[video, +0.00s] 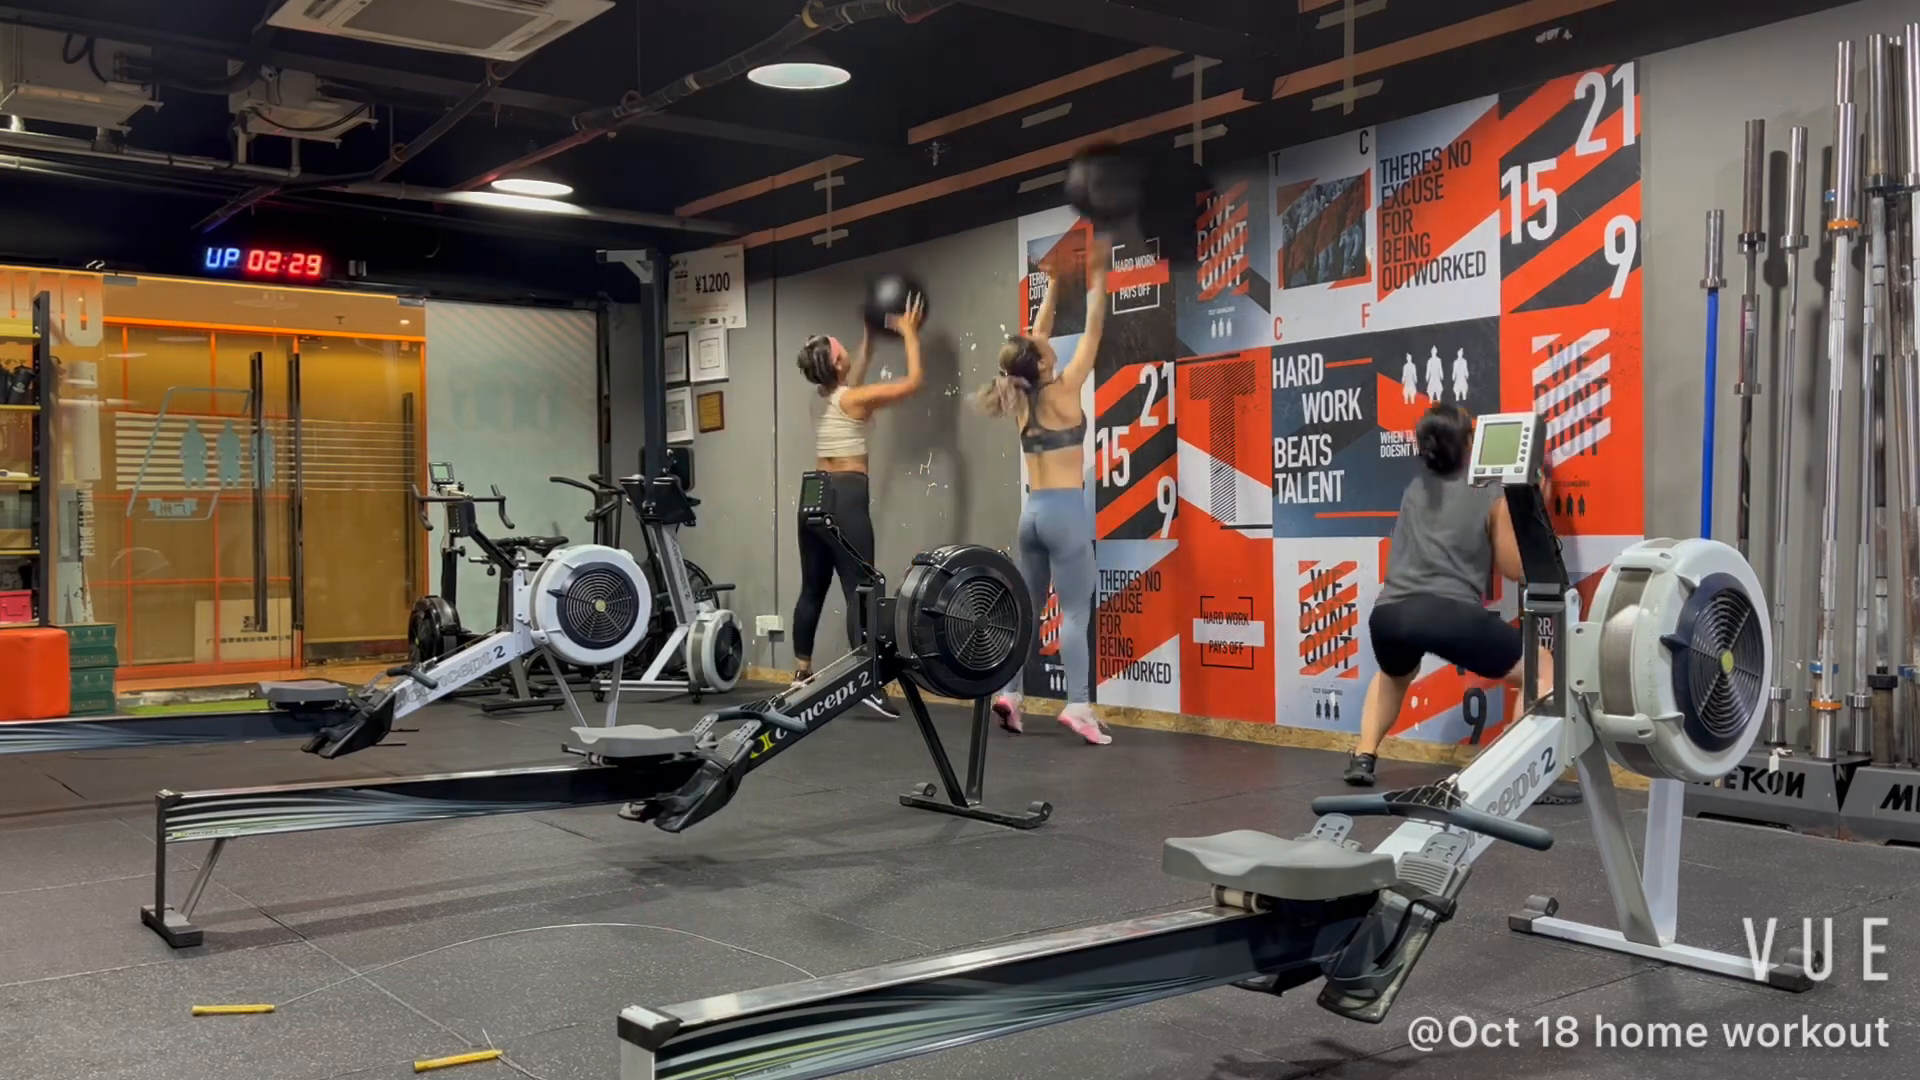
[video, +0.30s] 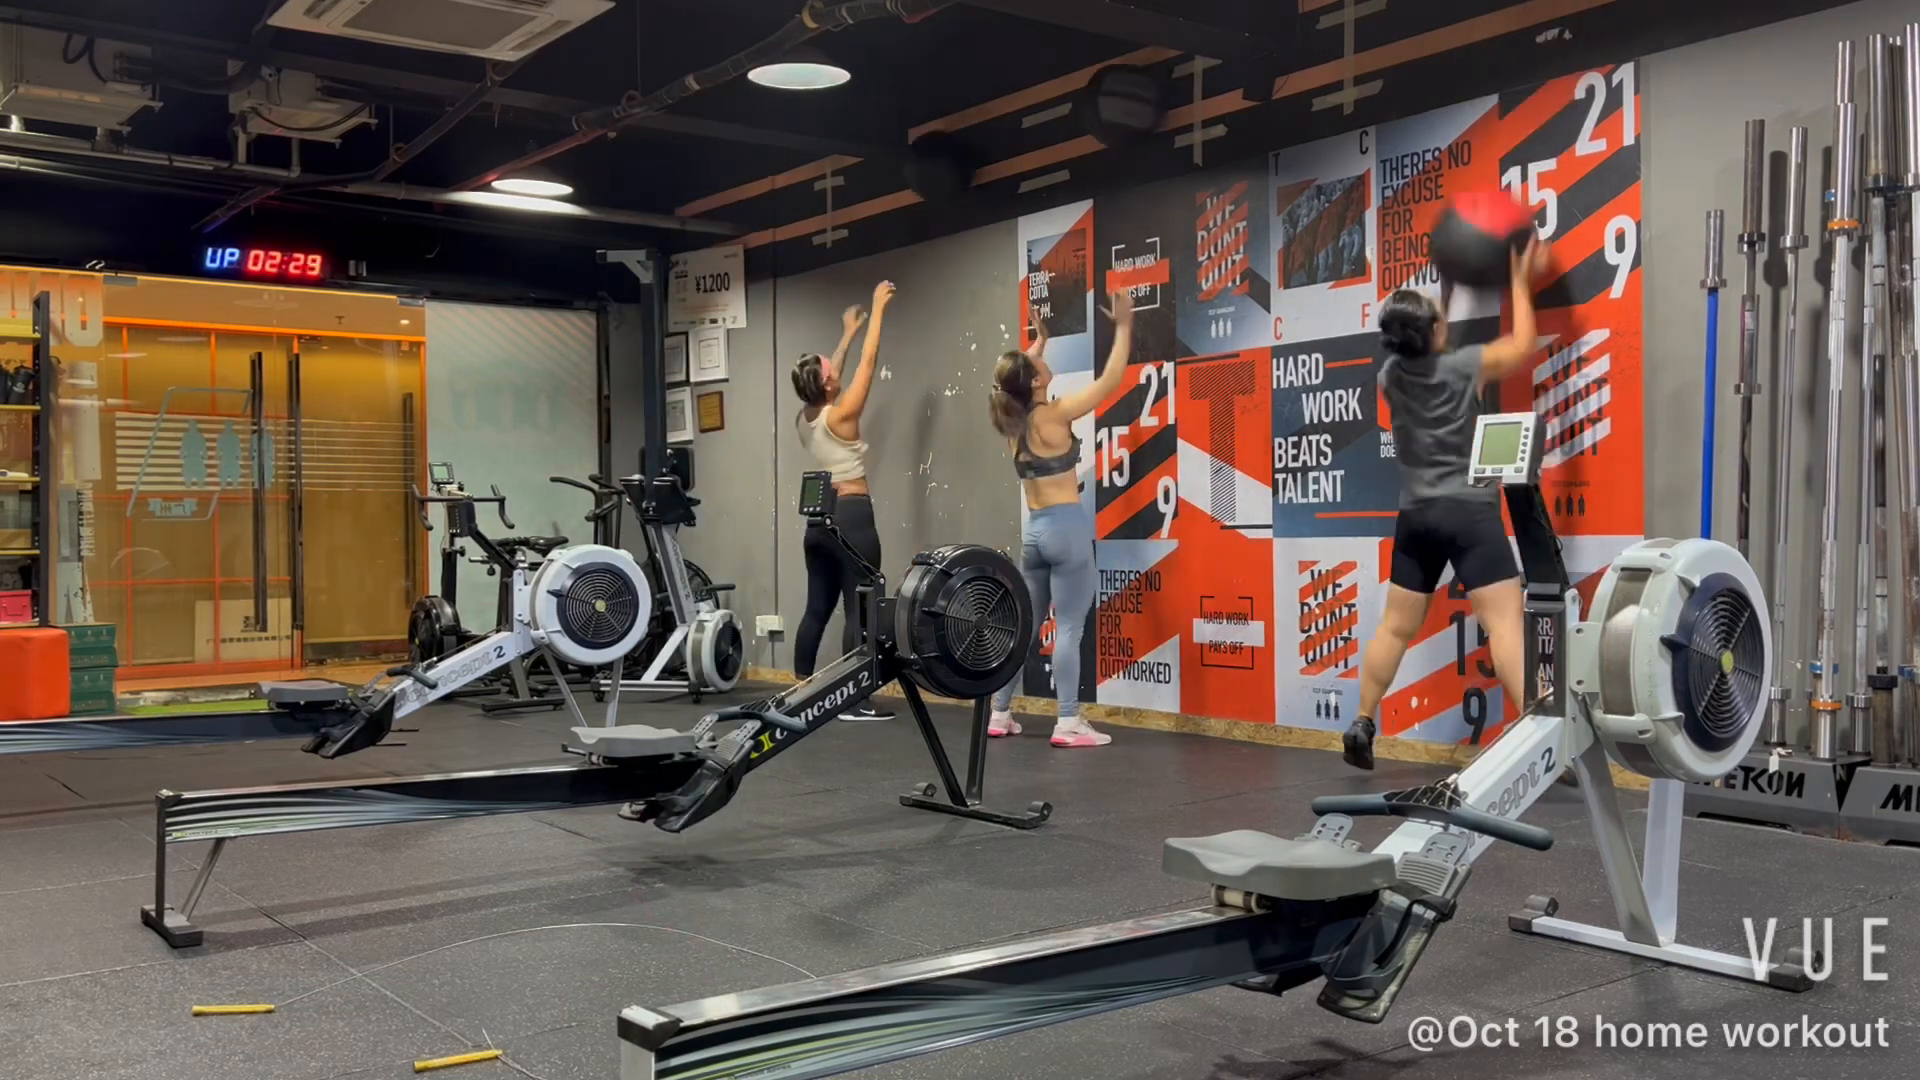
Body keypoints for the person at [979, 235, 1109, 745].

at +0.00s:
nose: (1050, 346)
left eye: (1044, 344)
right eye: (1045, 345)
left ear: (1022, 367)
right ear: (1042, 362)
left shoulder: (1020, 395)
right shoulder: (1067, 387)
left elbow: (1037, 336)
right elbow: (1095, 328)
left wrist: (1051, 289)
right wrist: (1099, 273)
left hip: (1032, 509)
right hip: (1067, 509)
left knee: (1025, 607)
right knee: (1075, 611)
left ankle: (1007, 691)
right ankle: (1078, 704)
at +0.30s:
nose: (1043, 368)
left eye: (1040, 364)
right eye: (1040, 368)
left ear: (1013, 386)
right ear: (1038, 380)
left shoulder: (1012, 418)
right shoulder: (1057, 412)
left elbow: (1025, 379)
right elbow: (1109, 381)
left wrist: (1040, 341)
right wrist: (1123, 325)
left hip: (1033, 525)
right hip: (1067, 523)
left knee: (1022, 624)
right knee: (1068, 629)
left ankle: (1000, 714)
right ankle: (1068, 722)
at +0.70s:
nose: (1046, 365)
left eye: (1039, 362)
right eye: (1040, 366)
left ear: (1016, 389)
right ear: (1039, 381)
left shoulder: (1016, 423)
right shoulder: (1058, 417)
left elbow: (1061, 424)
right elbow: (1125, 413)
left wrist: (1084, 391)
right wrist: (1138, 366)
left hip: (1018, 533)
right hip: (1049, 534)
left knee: (1017, 624)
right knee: (1082, 625)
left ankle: (999, 714)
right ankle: (1070, 722)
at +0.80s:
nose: (1053, 391)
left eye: (1048, 386)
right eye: (1047, 389)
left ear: (1021, 410)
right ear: (1040, 405)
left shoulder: (1017, 442)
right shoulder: (1062, 442)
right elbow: (1124, 466)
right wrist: (1130, 423)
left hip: (1012, 550)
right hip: (1043, 554)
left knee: (1018, 632)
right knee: (1097, 635)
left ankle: (999, 714)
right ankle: (1070, 723)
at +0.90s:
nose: (1059, 423)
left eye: (1055, 419)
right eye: (1053, 422)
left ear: (1025, 441)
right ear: (1047, 438)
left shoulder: (1018, 474)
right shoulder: (1069, 476)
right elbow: (1120, 517)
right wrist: (1125, 480)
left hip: (1006, 582)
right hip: (1041, 586)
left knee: (1023, 643)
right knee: (1112, 644)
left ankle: (999, 713)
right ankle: (1073, 723)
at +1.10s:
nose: (1058, 480)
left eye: (1051, 479)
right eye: (1053, 483)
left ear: (1023, 507)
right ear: (1050, 504)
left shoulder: (1017, 537)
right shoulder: (1070, 541)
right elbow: (1117, 588)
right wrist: (1122, 552)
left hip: (1002, 644)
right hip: (1039, 651)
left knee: (1029, 634)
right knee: (1120, 655)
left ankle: (1000, 714)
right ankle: (1073, 723)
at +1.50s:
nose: (1057, 425)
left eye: (1050, 423)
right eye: (1051, 428)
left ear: (1030, 456)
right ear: (1050, 451)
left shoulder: (1025, 484)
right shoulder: (1073, 485)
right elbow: (1124, 527)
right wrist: (1125, 492)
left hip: (1007, 583)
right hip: (1040, 588)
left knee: (1038, 647)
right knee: (1109, 647)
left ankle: (1001, 715)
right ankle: (1072, 723)